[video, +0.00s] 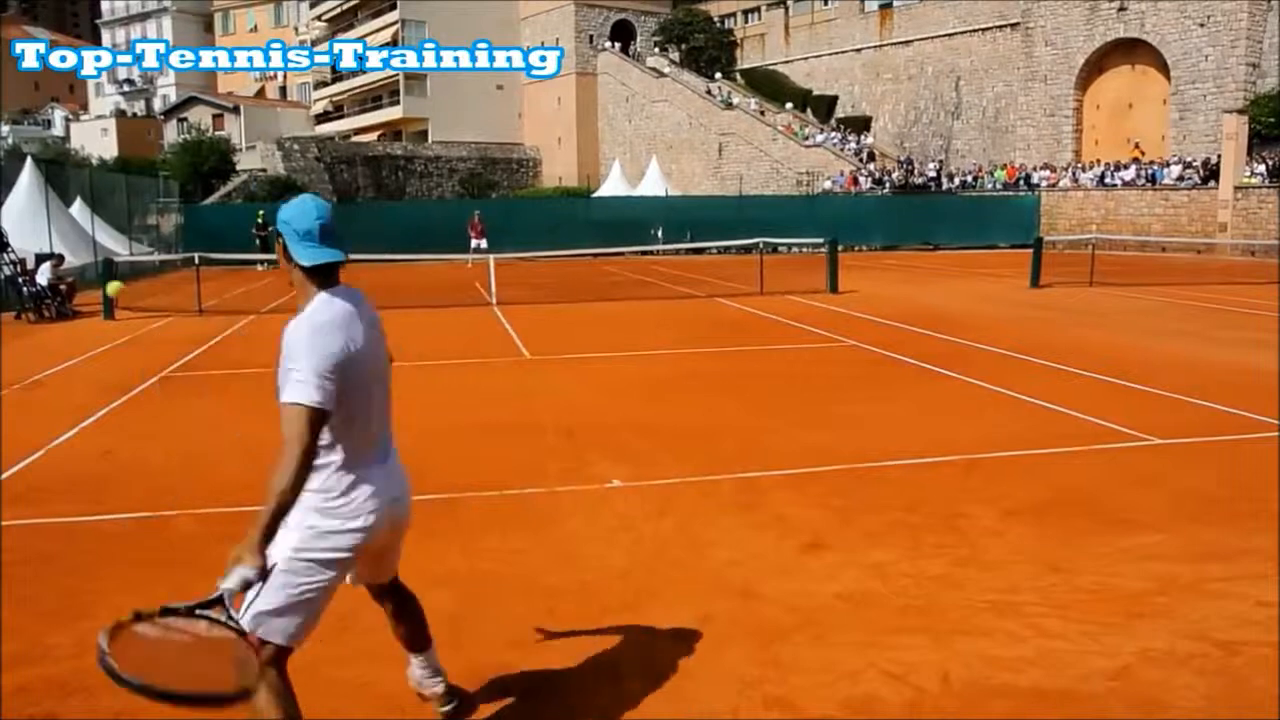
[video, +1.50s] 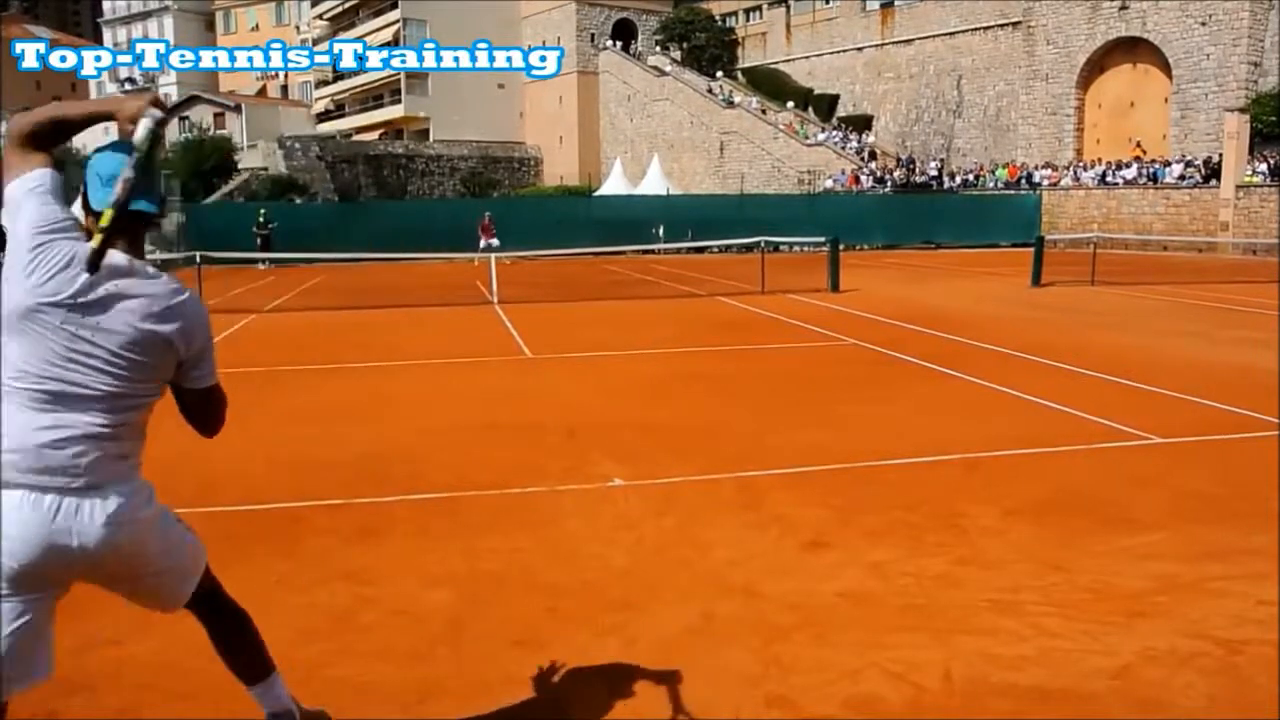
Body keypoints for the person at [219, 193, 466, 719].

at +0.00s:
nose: (276, 253)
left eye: (278, 245)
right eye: (280, 244)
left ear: (286, 255)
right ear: (333, 249)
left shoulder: (309, 333)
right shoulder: (358, 306)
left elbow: (299, 453)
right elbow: (380, 372)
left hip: (338, 509)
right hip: (388, 487)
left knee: (259, 652)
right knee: (383, 581)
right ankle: (432, 679)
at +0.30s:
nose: (238, 207)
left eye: (239, 198)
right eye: (239, 198)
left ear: (248, 203)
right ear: (302, 199)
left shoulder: (230, 285)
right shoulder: (355, 264)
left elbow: (153, 390)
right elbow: (414, 336)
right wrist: (382, 368)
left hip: (282, 478)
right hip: (354, 464)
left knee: (276, 642)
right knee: (337, 579)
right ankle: (323, 689)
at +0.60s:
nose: (202, 177)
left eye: (202, 169)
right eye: (208, 168)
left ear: (211, 175)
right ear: (270, 167)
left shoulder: (190, 246)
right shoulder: (329, 244)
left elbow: (132, 297)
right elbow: (377, 339)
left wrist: (77, 302)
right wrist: (311, 314)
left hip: (226, 456)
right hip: (303, 452)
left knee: (252, 635)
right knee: (287, 570)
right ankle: (255, 673)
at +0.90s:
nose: (170, 167)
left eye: (172, 159)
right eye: (173, 159)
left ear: (183, 162)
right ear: (240, 162)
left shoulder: (144, 220)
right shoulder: (286, 242)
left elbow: (99, 208)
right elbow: (325, 348)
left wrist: (155, 176)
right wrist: (259, 306)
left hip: (154, 451)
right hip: (241, 451)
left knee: (190, 624)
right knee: (254, 570)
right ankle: (256, 675)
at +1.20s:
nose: (124, 171)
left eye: (128, 163)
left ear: (128, 170)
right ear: (196, 188)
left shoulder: (82, 218)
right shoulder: (211, 274)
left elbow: (75, 117)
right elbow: (249, 379)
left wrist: (172, 99)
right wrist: (197, 316)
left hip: (67, 479)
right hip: (166, 478)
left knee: (65, 674)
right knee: (233, 580)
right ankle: (286, 692)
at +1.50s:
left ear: (81, 206)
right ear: (151, 217)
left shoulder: (37, 249)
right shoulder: (174, 305)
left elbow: (23, 132)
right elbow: (208, 419)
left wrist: (111, 106)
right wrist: (171, 346)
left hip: (13, 512)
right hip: (114, 515)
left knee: (1, 688)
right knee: (209, 602)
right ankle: (286, 711)